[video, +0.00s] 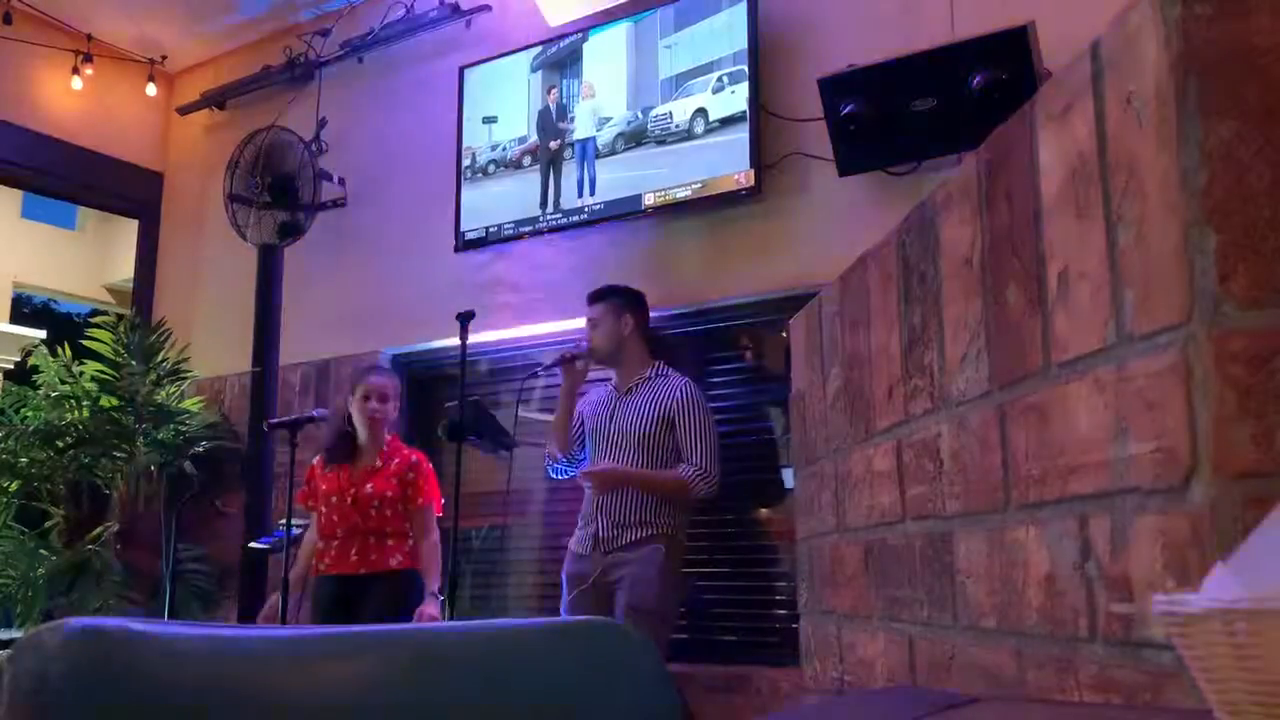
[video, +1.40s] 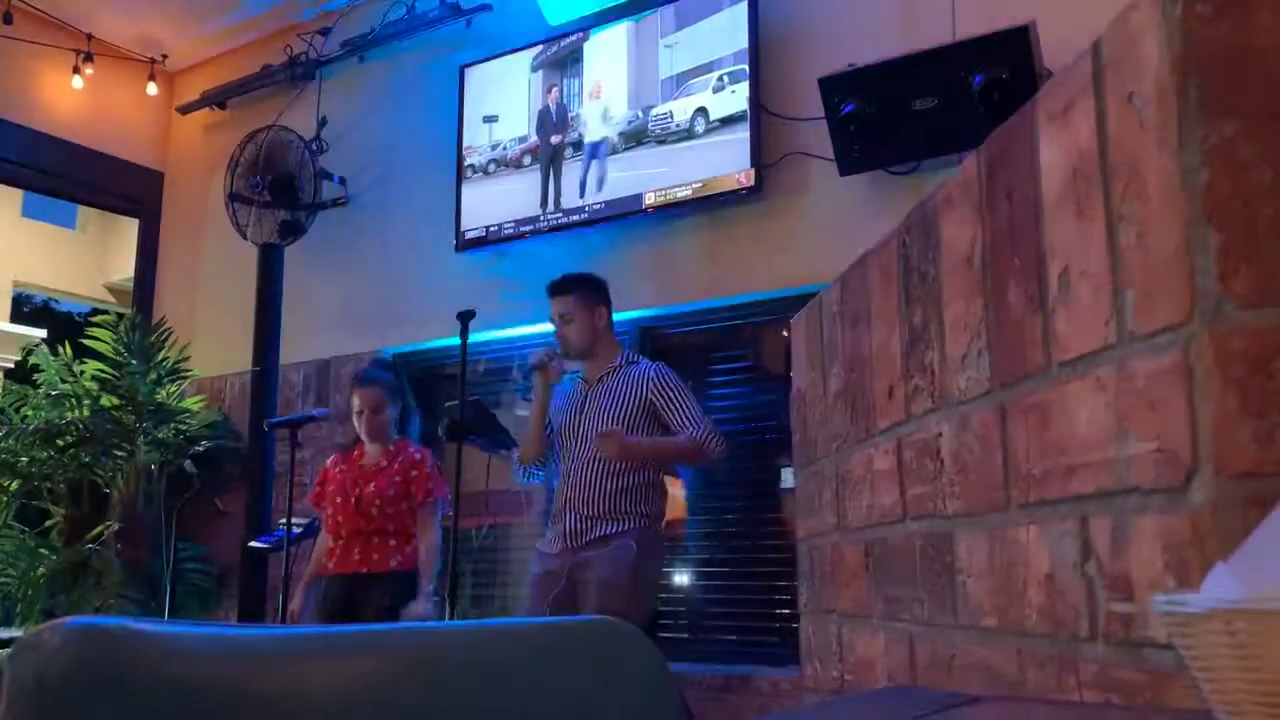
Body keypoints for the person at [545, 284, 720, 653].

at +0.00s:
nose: (587, 335)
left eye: (595, 323)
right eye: (587, 325)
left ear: (628, 324)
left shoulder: (679, 391)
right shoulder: (593, 401)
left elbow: (703, 479)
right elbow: (559, 466)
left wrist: (624, 478)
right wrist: (568, 388)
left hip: (645, 552)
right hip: (585, 552)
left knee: (637, 673)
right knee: (580, 668)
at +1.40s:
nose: (558, 332)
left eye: (567, 320)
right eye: (555, 323)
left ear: (601, 316)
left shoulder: (649, 376)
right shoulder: (565, 392)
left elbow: (710, 444)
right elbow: (530, 463)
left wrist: (636, 448)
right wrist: (541, 390)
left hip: (620, 543)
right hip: (558, 543)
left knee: (604, 659)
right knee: (544, 656)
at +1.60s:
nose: (563, 336)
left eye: (571, 323)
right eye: (559, 326)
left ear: (606, 318)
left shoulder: (652, 384)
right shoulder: (569, 394)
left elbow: (671, 478)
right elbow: (559, 475)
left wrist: (601, 465)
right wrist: (541, 448)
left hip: (616, 544)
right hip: (555, 539)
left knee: (602, 658)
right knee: (519, 639)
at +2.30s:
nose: (517, 339)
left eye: (518, 326)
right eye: (515, 327)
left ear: (543, 325)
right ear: (546, 323)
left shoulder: (612, 371)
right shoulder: (564, 384)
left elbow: (637, 465)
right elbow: (567, 468)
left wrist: (547, 478)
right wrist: (522, 483)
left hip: (592, 546)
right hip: (544, 543)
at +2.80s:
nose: (464, 343)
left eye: (465, 331)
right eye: (461, 333)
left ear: (491, 326)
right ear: (493, 327)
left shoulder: (552, 375)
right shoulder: (506, 390)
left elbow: (578, 458)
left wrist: (494, 464)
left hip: (550, 545)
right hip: (509, 547)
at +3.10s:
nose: (442, 349)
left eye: (447, 334)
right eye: (436, 343)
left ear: (479, 326)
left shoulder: (540, 371)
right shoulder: (470, 403)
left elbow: (600, 427)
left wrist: (542, 478)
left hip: (553, 539)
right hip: (495, 544)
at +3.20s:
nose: (440, 348)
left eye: (446, 333)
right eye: (432, 343)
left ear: (474, 328)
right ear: (432, 350)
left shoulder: (541, 374)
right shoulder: (464, 408)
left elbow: (608, 421)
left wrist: (571, 467)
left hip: (555, 537)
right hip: (495, 544)